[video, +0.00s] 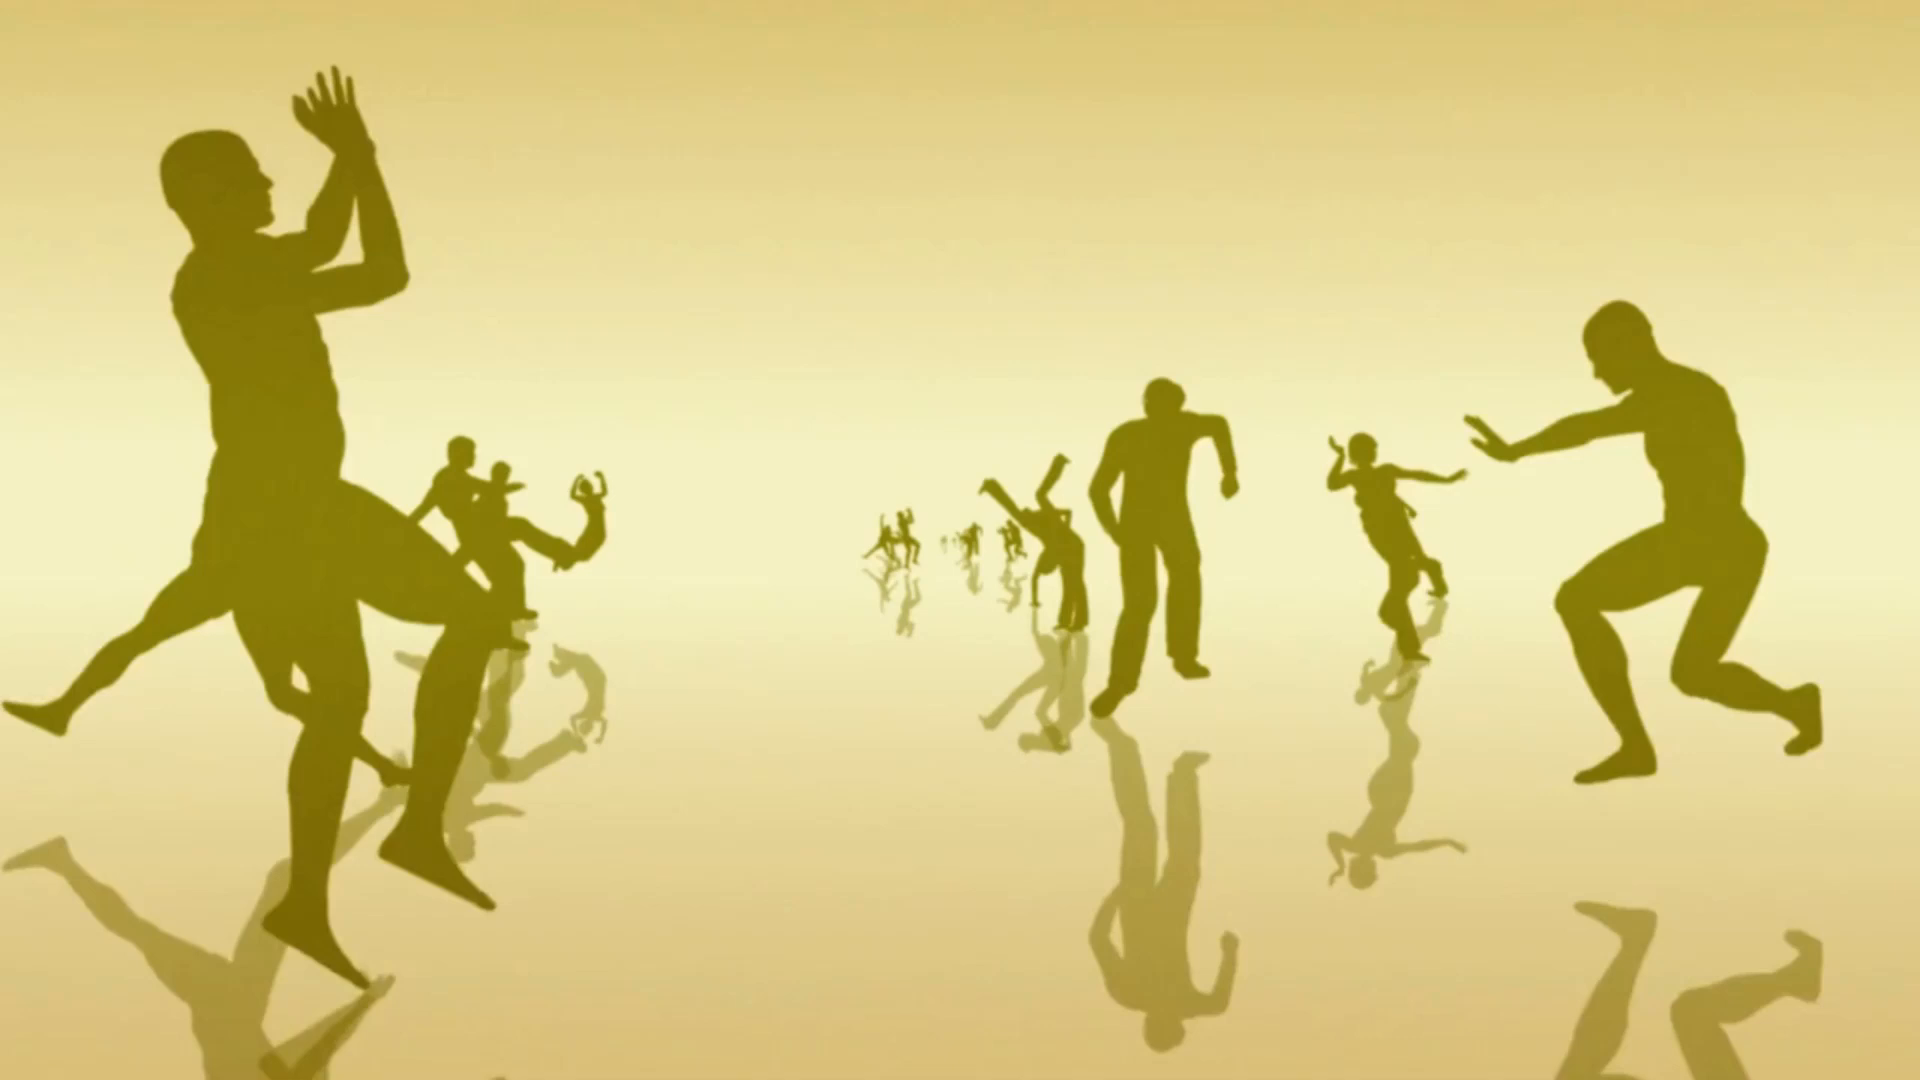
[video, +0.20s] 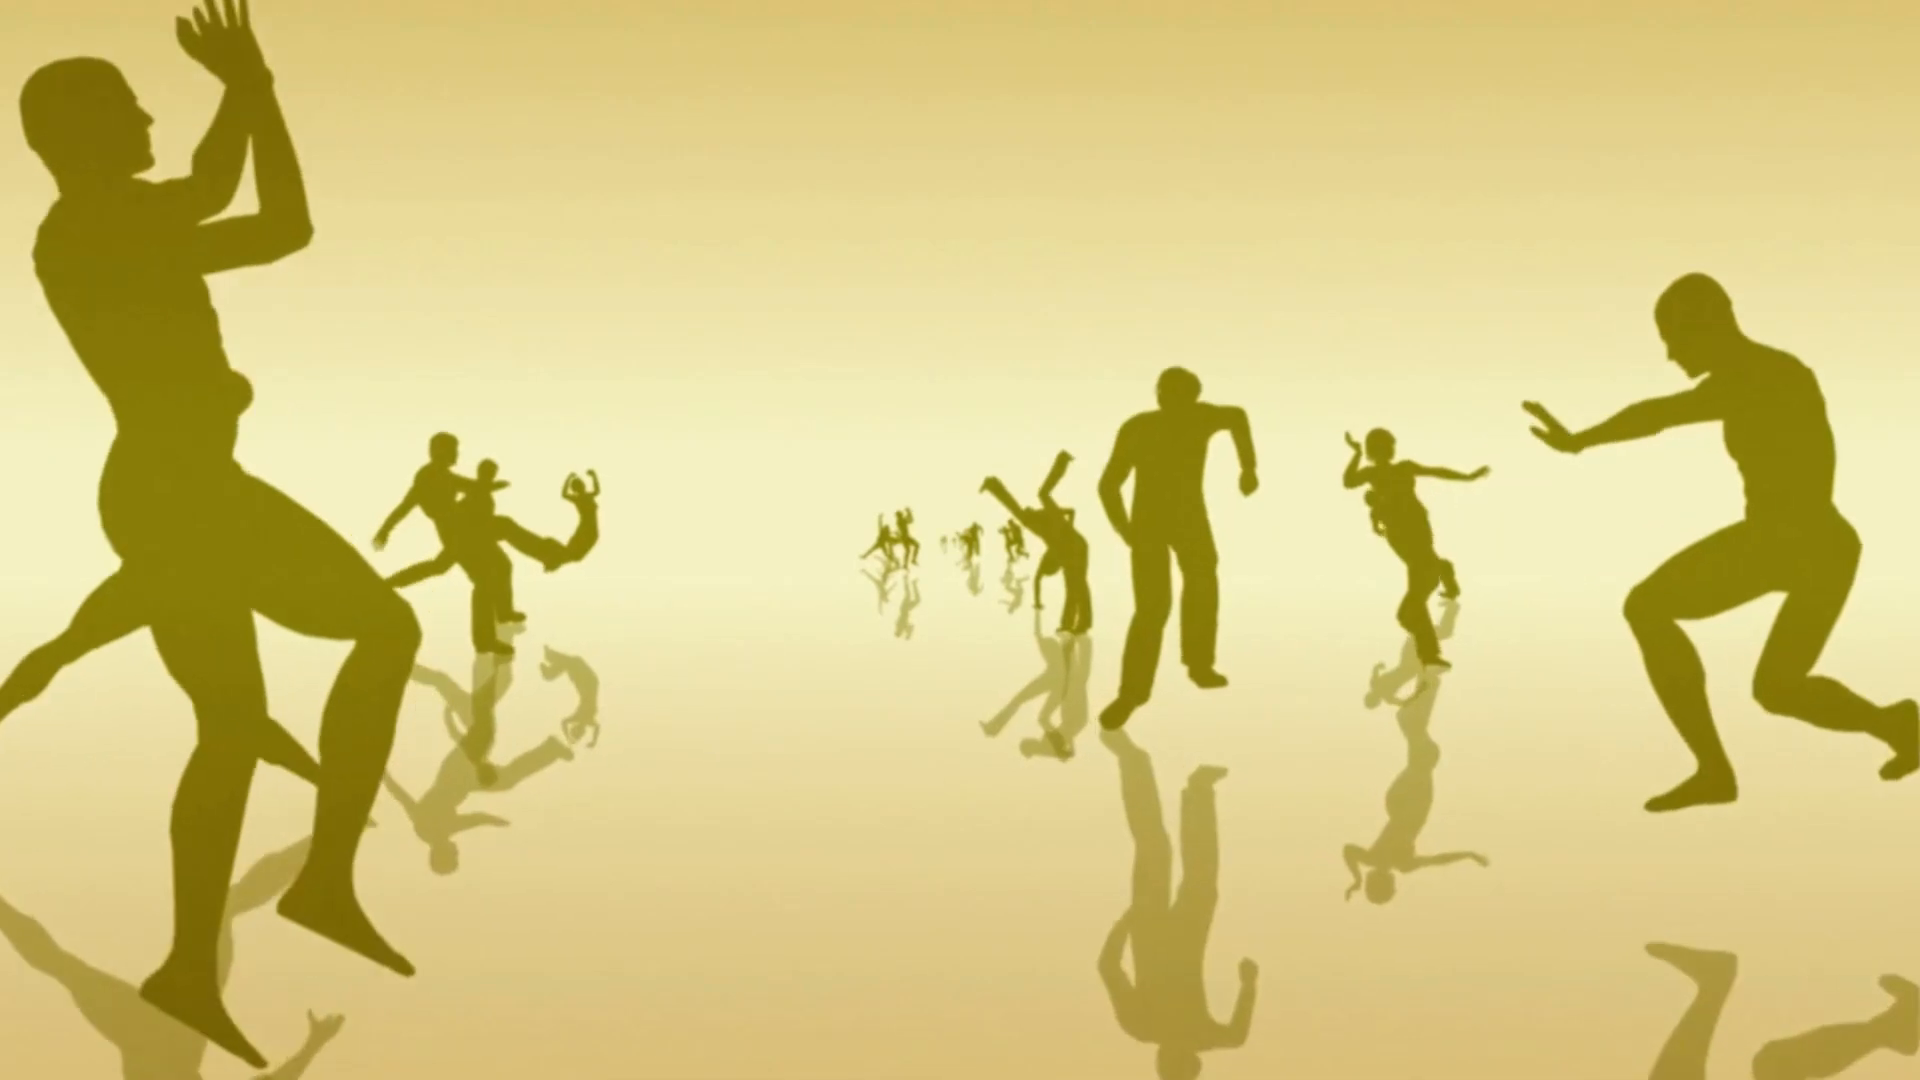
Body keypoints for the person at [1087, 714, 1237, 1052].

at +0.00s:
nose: (1172, 1038)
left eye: (1165, 1040)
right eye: (1172, 1041)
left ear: (1152, 1030)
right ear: (1176, 1030)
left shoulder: (1127, 994)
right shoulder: (1189, 1005)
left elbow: (1097, 939)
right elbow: (1220, 1001)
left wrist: (1114, 899)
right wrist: (1230, 954)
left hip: (1136, 921)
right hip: (1171, 924)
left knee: (1138, 825)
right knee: (1186, 859)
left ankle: (1119, 742)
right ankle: (1184, 772)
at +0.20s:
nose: (1180, 1070)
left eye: (1176, 1072)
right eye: (1185, 1071)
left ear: (1162, 1065)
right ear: (1193, 1064)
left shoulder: (1140, 1025)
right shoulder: (1205, 1036)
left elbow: (1107, 966)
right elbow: (1239, 1033)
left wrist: (1125, 922)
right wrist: (1248, 984)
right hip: (1188, 963)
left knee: (1151, 848)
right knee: (1202, 882)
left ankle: (1132, 758)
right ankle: (1200, 790)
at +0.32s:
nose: (1186, 1064)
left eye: (1177, 1067)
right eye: (1190, 1067)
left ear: (1167, 1067)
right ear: (1197, 1065)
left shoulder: (1145, 1038)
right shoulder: (1208, 1050)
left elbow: (1112, 976)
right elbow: (1246, 1048)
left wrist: (1131, 932)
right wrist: (1256, 998)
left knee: (1156, 857)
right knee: (1209, 891)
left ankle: (1136, 764)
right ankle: (1207, 795)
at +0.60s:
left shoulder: (1164, 1074)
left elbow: (1132, 1030)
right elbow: (1289, 1077)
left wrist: (1150, 984)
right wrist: (1294, 1051)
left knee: (1182, 893)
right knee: (1239, 931)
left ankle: (1158, 787)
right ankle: (1238, 827)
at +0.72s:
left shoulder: (1171, 1076)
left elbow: (1137, 1045)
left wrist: (1158, 994)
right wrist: (1305, 1067)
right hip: (1231, 1065)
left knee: (1189, 904)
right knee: (1248, 949)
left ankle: (1166, 797)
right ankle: (1247, 836)